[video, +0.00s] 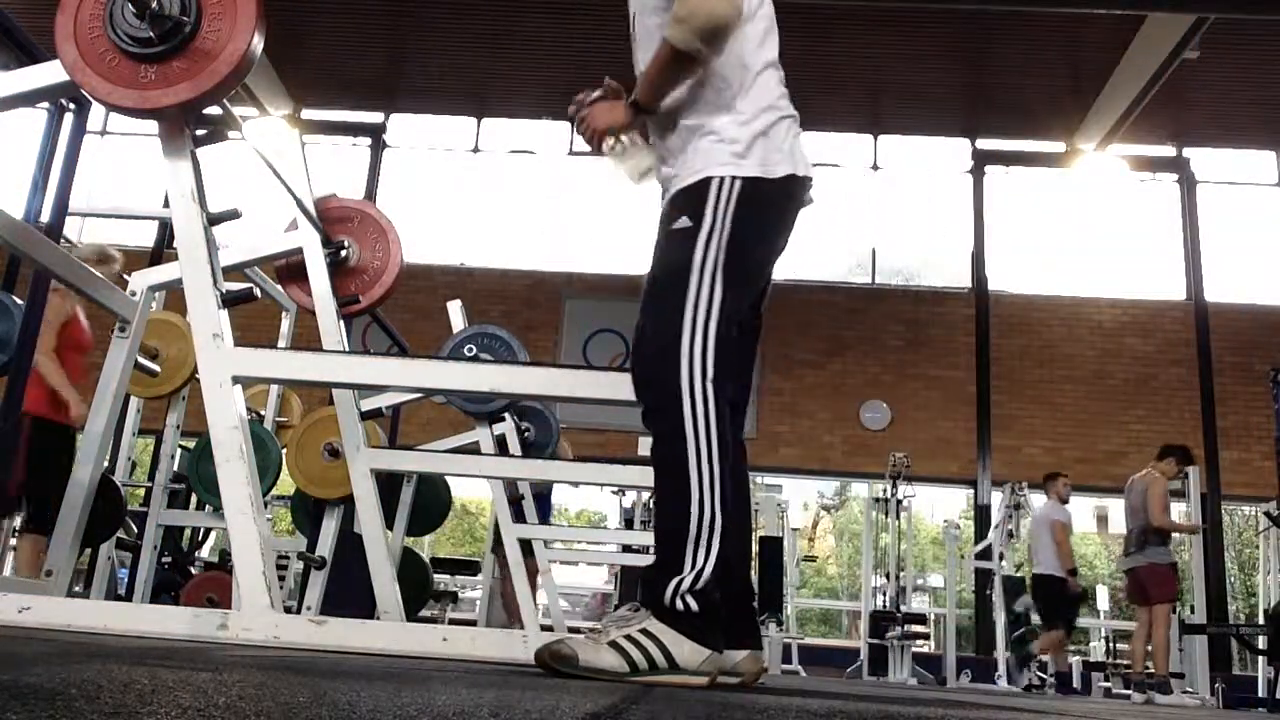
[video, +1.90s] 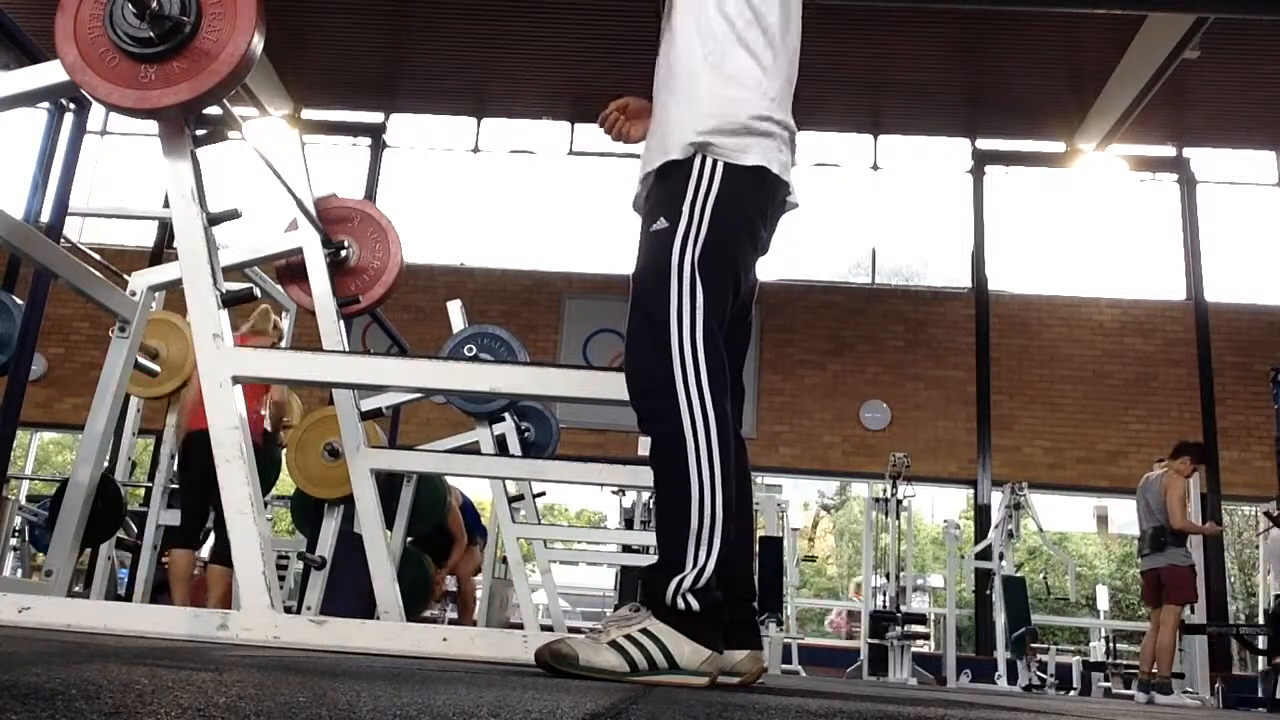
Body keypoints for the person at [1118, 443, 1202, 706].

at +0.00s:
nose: (1178, 476)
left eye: (1180, 472)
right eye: (1179, 471)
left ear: (1163, 460)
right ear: (1170, 462)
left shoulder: (1133, 481)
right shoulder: (1157, 481)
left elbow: (1136, 523)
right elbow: (1158, 520)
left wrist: (1168, 529)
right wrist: (1189, 528)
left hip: (1135, 562)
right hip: (1156, 561)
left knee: (1143, 623)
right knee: (1161, 624)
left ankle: (1137, 686)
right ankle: (1163, 687)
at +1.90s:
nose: (1192, 476)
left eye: (1195, 471)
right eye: (1194, 470)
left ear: (1177, 459)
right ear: (1185, 461)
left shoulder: (1145, 480)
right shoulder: (1174, 480)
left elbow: (1146, 525)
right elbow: (1178, 523)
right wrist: (1205, 529)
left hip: (1149, 563)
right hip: (1174, 562)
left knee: (1155, 625)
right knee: (1169, 625)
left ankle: (1143, 685)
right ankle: (1164, 688)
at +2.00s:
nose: (1192, 475)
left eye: (1195, 471)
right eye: (1194, 470)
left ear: (1175, 458)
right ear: (1185, 461)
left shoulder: (1145, 480)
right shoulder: (1174, 480)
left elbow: (1146, 524)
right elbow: (1177, 523)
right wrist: (1206, 530)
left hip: (1149, 563)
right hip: (1173, 562)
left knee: (1155, 625)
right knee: (1169, 625)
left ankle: (1143, 685)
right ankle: (1164, 688)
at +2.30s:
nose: (1191, 475)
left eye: (1193, 470)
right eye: (1192, 469)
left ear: (1174, 459)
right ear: (1182, 461)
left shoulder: (1144, 480)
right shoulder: (1172, 480)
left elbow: (1146, 525)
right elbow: (1176, 522)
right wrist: (1205, 530)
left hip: (1149, 563)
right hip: (1173, 562)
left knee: (1156, 624)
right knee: (1169, 624)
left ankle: (1143, 685)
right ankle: (1164, 688)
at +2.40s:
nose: (1191, 475)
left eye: (1193, 470)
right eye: (1192, 469)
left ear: (1174, 459)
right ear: (1182, 461)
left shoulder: (1144, 480)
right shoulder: (1172, 480)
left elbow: (1146, 525)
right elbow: (1176, 522)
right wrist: (1204, 530)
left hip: (1149, 563)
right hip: (1173, 562)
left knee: (1156, 624)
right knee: (1169, 624)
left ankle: (1143, 685)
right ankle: (1164, 688)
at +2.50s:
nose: (1190, 475)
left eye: (1193, 470)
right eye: (1192, 469)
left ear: (1174, 459)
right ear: (1182, 461)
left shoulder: (1144, 480)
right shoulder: (1172, 480)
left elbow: (1145, 525)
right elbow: (1176, 522)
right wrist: (1204, 530)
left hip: (1149, 563)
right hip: (1173, 562)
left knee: (1156, 624)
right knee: (1169, 624)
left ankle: (1143, 685)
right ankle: (1164, 688)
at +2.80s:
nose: (1190, 475)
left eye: (1193, 471)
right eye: (1191, 469)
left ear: (1174, 459)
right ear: (1181, 461)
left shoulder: (1143, 480)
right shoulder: (1171, 480)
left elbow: (1144, 526)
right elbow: (1176, 522)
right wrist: (1205, 531)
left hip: (1149, 563)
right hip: (1172, 562)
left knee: (1156, 623)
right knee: (1169, 623)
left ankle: (1143, 685)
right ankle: (1164, 688)